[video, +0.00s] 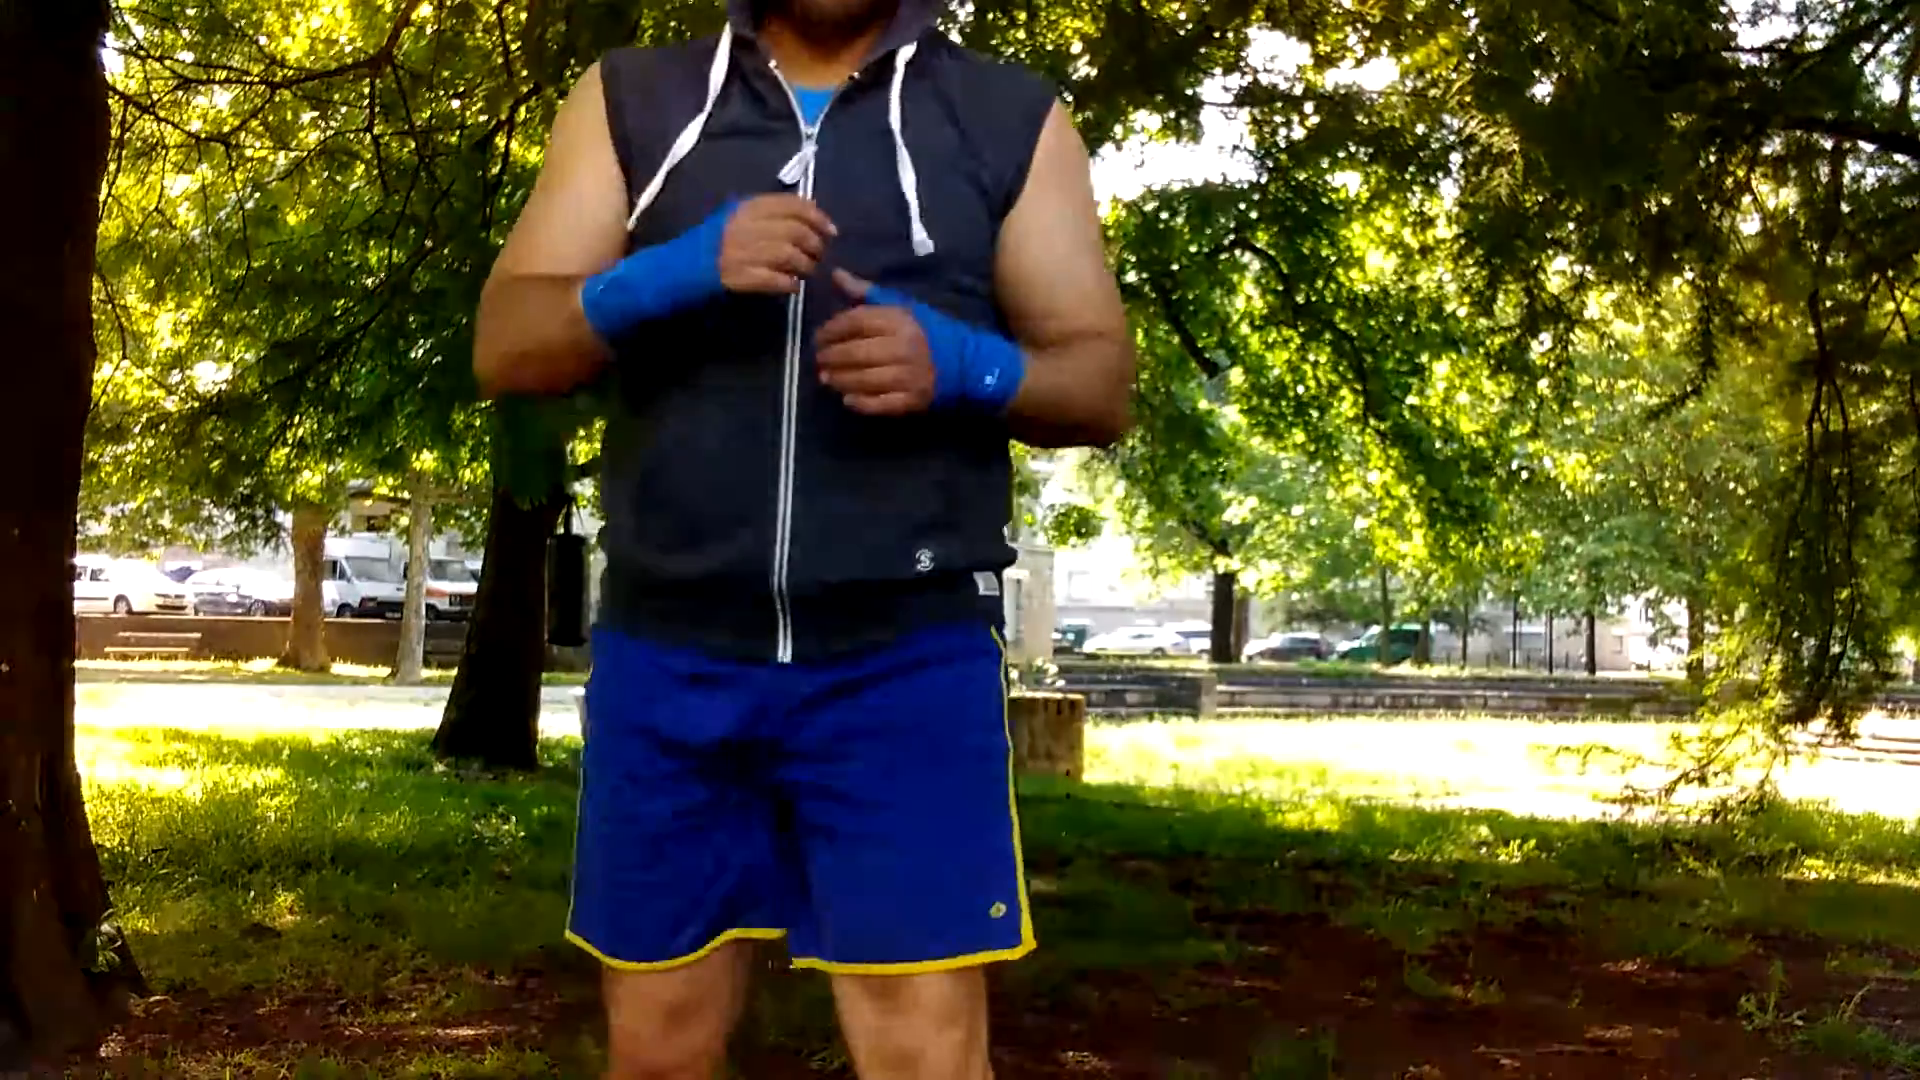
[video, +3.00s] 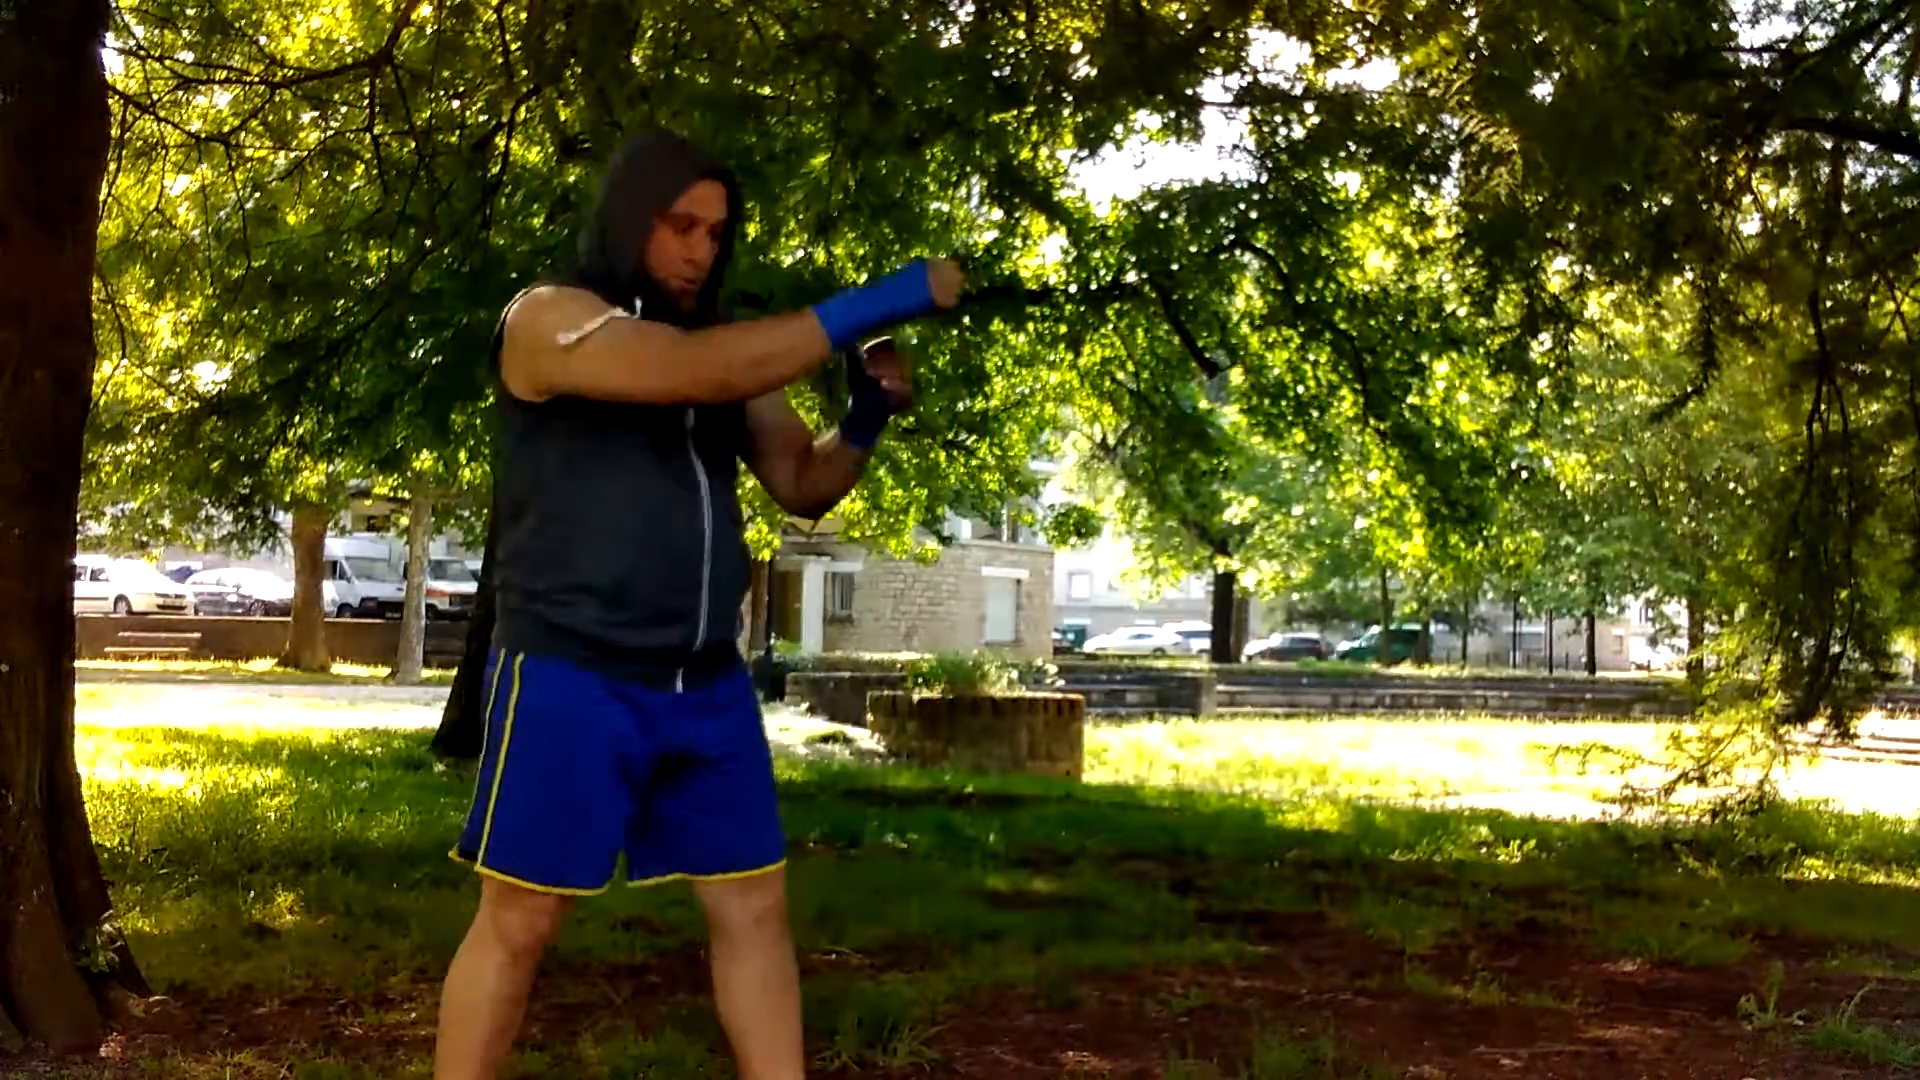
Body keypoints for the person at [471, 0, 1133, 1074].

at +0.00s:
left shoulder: (1009, 117)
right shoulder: (630, 97)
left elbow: (1103, 383)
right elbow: (502, 347)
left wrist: (958, 361)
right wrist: (689, 266)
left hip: (909, 664)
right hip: (669, 661)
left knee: (923, 1048)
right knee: (658, 1047)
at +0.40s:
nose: (788, 58)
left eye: (819, 27)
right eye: (760, 27)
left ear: (870, 47)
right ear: (717, 46)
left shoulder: (958, 205)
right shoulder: (649, 207)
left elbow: (1068, 420)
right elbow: (569, 406)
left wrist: (890, 342)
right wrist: (651, 423)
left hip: (886, 664)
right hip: (692, 656)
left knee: (896, 993)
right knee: (623, 943)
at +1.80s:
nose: (790, 197)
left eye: (810, 178)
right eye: (767, 178)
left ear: (837, 197)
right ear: (734, 196)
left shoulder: (887, 327)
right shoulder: (655, 316)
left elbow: (962, 471)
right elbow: (594, 473)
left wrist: (916, 464)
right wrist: (737, 451)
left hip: (842, 660)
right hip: (696, 659)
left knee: (856, 896)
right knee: (659, 901)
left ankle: (828, 1075)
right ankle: (657, 1075)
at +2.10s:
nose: (807, 214)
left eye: (824, 196)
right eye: (782, 196)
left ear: (846, 214)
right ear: (745, 214)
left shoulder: (867, 340)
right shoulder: (676, 309)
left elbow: (889, 515)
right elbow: (673, 435)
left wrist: (924, 436)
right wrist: (813, 369)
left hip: (811, 656)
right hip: (680, 646)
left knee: (828, 892)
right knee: (606, 880)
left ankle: (819, 1076)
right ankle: (503, 1070)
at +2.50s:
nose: (686, 223)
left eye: (695, 205)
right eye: (664, 201)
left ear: (701, 220)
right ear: (607, 208)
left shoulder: (714, 330)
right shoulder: (511, 330)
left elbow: (831, 430)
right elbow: (549, 493)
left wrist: (882, 354)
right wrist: (674, 380)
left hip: (699, 667)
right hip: (555, 669)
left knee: (785, 863)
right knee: (514, 921)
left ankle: (725, 1072)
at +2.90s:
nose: (682, 225)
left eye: (692, 206)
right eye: (660, 202)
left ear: (700, 220)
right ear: (603, 205)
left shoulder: (696, 336)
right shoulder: (513, 314)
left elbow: (760, 488)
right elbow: (604, 430)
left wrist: (812, 432)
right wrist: (726, 330)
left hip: (694, 669)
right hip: (555, 670)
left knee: (760, 883)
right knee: (503, 917)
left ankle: (781, 1075)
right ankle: (455, 1073)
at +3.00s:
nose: (701, 249)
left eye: (715, 232)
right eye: (682, 225)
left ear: (724, 240)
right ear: (626, 218)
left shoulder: (720, 353)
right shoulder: (544, 320)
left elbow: (803, 484)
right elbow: (700, 365)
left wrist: (869, 409)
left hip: (707, 679)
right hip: (566, 671)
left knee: (752, 907)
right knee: (519, 921)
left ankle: (779, 1078)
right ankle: (460, 1075)